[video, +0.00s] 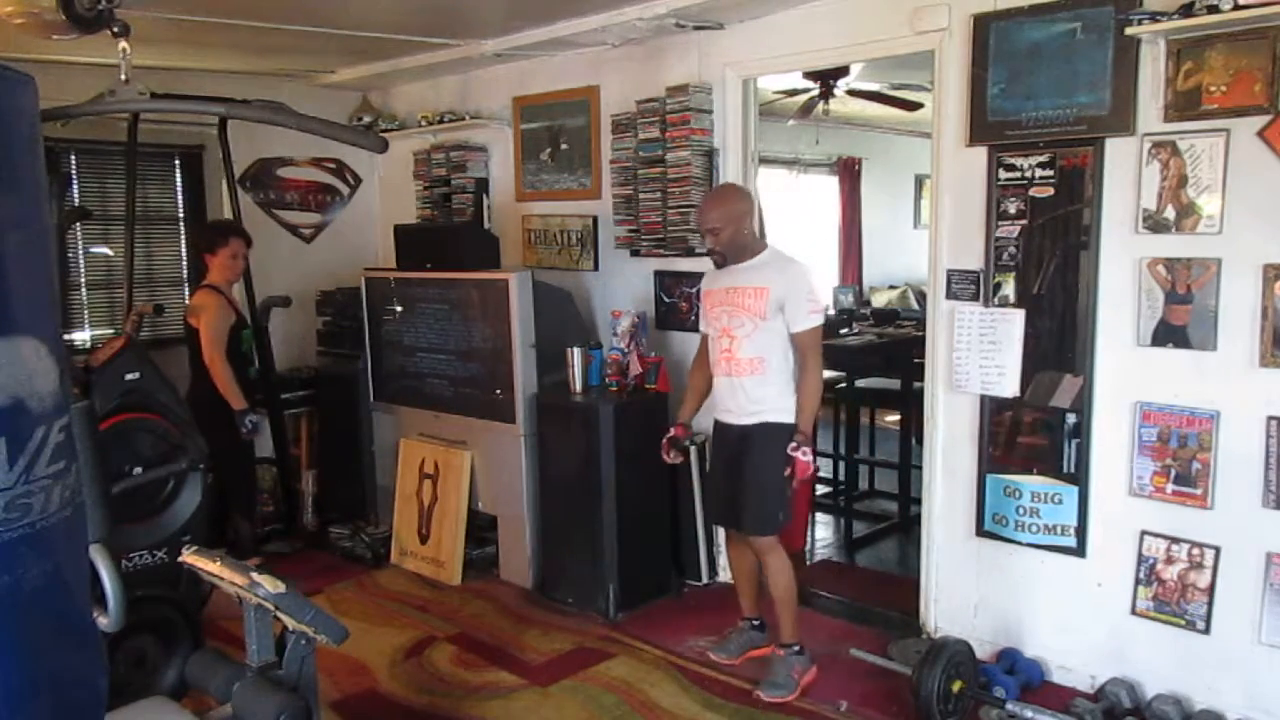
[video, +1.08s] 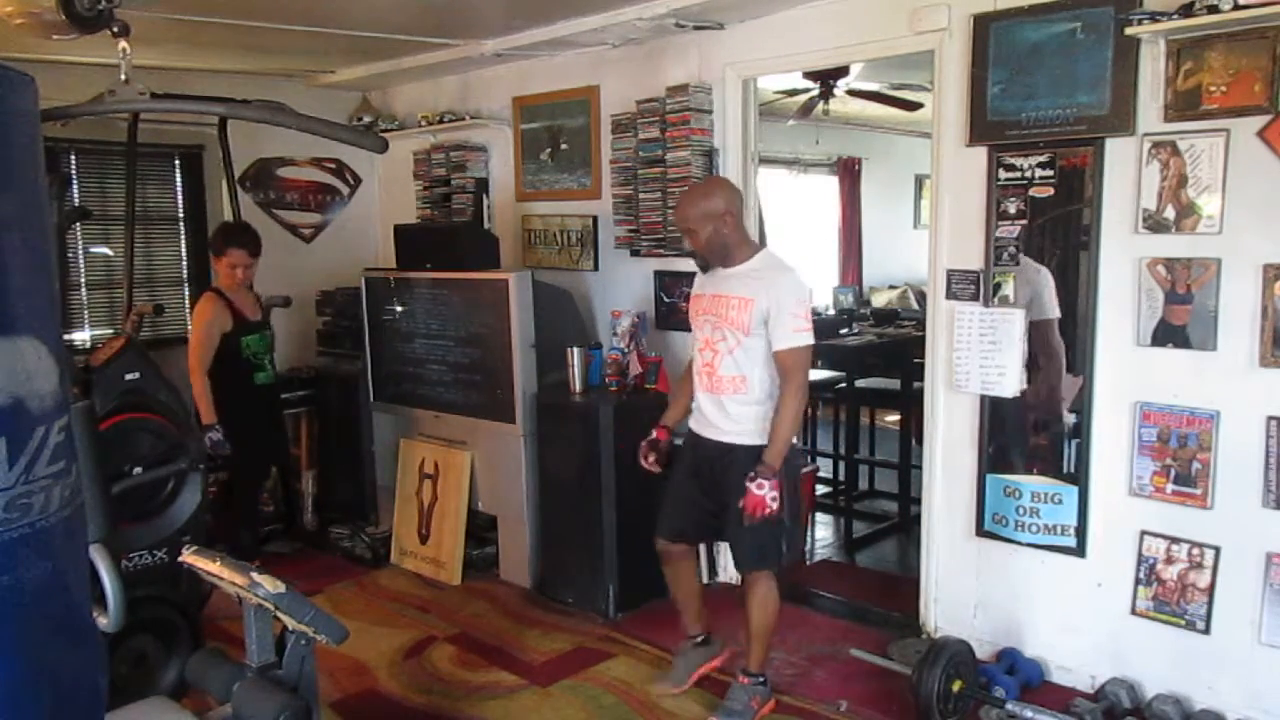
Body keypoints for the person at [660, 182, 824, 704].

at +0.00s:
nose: (708, 241)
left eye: (715, 231)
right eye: (703, 232)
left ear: (747, 222)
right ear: (707, 228)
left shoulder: (789, 276)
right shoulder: (712, 283)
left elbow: (811, 361)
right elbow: (705, 360)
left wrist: (803, 436)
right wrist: (681, 422)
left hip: (774, 425)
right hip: (726, 424)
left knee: (764, 536)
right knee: (735, 531)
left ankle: (792, 651)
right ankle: (750, 626)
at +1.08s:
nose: (686, 244)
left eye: (690, 233)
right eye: (683, 234)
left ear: (726, 221)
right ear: (718, 225)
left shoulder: (782, 285)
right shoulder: (705, 281)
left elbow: (797, 383)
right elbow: (700, 364)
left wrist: (770, 467)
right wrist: (664, 427)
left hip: (754, 452)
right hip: (700, 444)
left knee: (757, 569)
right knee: (672, 545)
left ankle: (756, 678)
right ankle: (697, 641)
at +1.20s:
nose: (681, 254)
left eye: (686, 242)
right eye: (675, 243)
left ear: (721, 226)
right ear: (700, 233)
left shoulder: (776, 286)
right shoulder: (696, 285)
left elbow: (790, 386)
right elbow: (702, 371)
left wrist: (753, 461)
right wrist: (684, 439)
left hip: (755, 455)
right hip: (697, 450)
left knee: (756, 574)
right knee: (670, 555)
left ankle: (754, 681)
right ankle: (647, 671)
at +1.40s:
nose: (652, 257)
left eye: (658, 246)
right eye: (647, 246)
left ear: (695, 230)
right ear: (679, 235)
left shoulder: (755, 282)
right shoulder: (670, 285)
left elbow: (782, 382)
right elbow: (686, 366)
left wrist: (747, 464)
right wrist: (678, 433)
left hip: (743, 455)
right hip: (680, 448)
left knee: (752, 577)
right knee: (645, 557)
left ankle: (755, 681)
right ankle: (622, 682)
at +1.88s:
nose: (562, 311)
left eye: (567, 299)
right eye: (554, 301)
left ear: (600, 273)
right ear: (553, 288)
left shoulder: (678, 304)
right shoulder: (565, 326)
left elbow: (722, 393)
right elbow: (576, 402)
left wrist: (682, 477)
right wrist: (580, 487)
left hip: (700, 459)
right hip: (629, 460)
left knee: (689, 587)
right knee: (618, 587)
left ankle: (718, 711)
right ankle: (620, 706)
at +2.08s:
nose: (541, 406)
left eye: (545, 395)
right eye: (533, 398)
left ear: (575, 369)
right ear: (523, 382)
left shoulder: (652, 378)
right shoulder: (547, 394)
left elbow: (697, 473)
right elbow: (562, 469)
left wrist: (645, 552)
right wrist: (568, 560)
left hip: (707, 472)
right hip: (632, 472)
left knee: (694, 600)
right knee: (614, 588)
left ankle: (708, 714)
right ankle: (619, 705)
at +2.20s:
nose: (541, 476)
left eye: (545, 466)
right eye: (532, 468)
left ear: (570, 440)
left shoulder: (649, 432)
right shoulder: (544, 444)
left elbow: (698, 510)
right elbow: (561, 531)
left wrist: (654, 592)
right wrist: (572, 627)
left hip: (712, 481)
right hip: (632, 488)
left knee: (692, 607)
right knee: (607, 592)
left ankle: (707, 714)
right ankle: (618, 704)